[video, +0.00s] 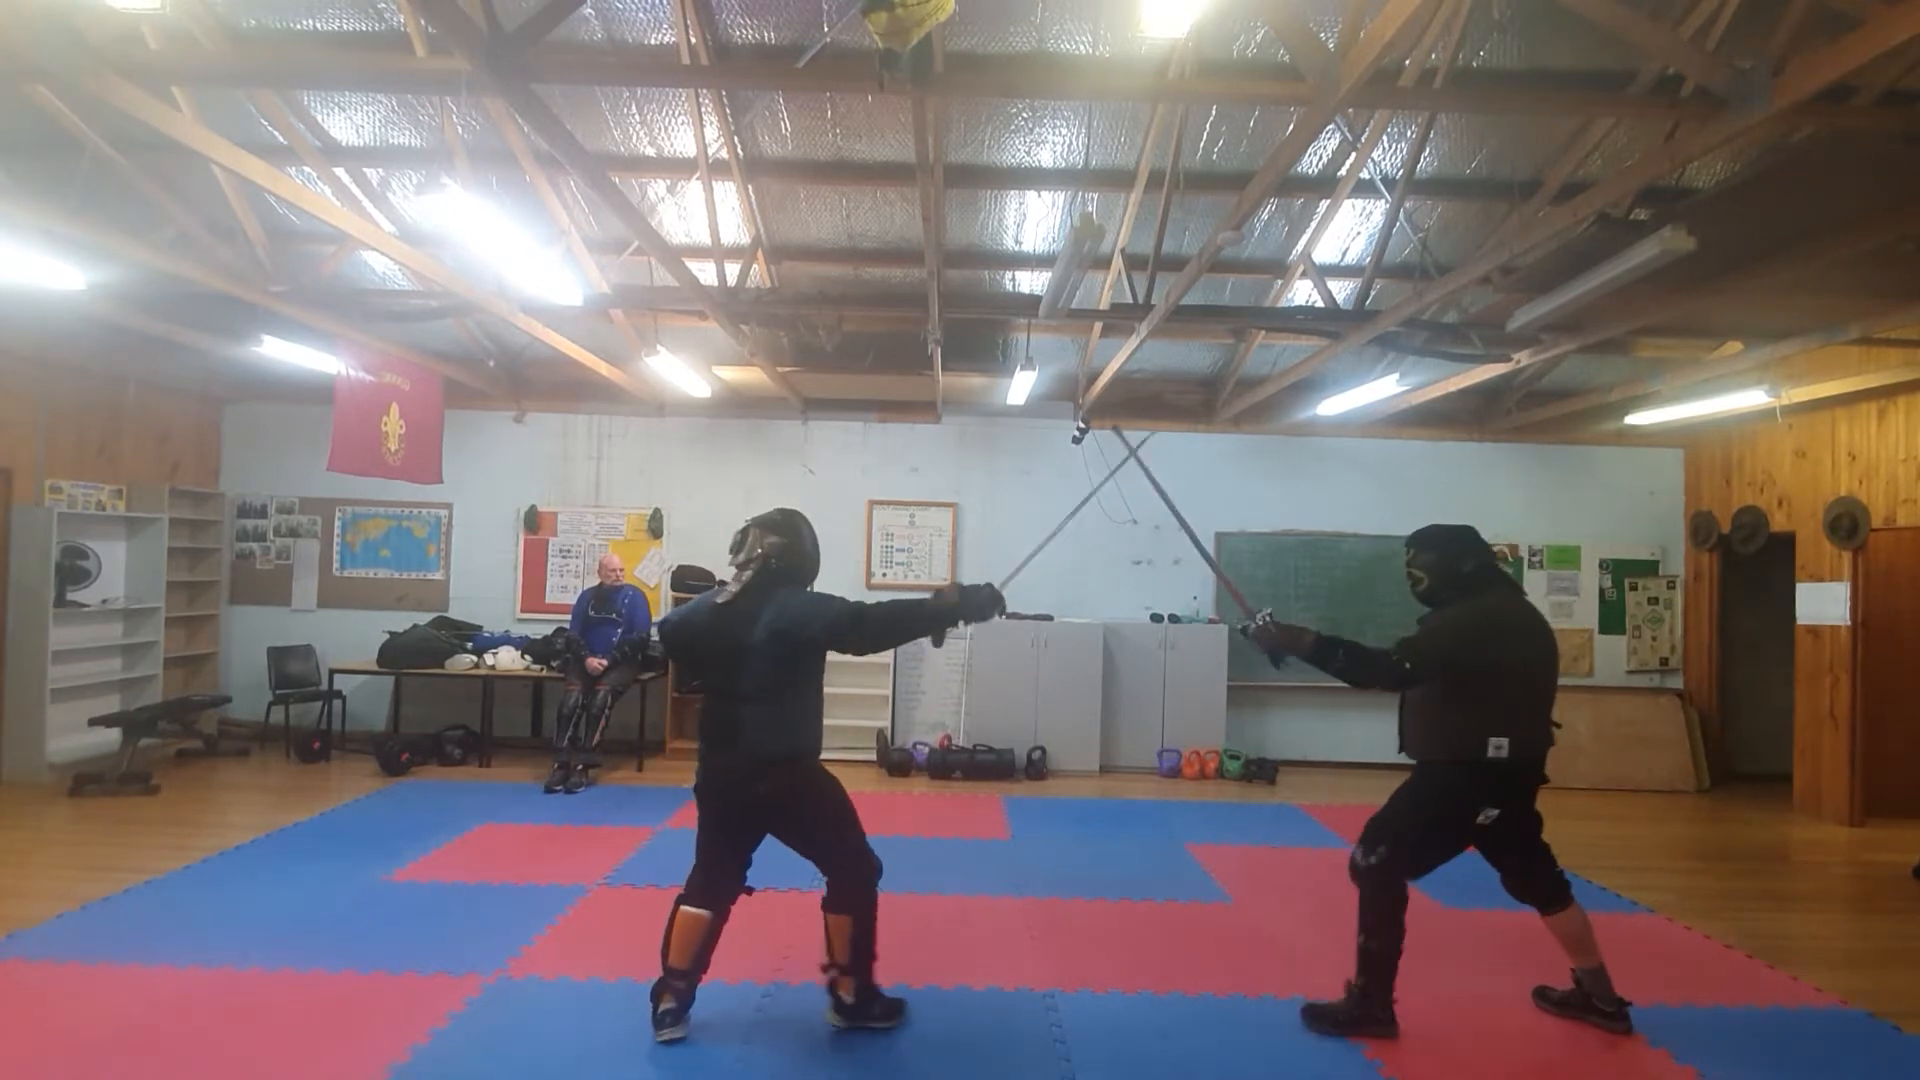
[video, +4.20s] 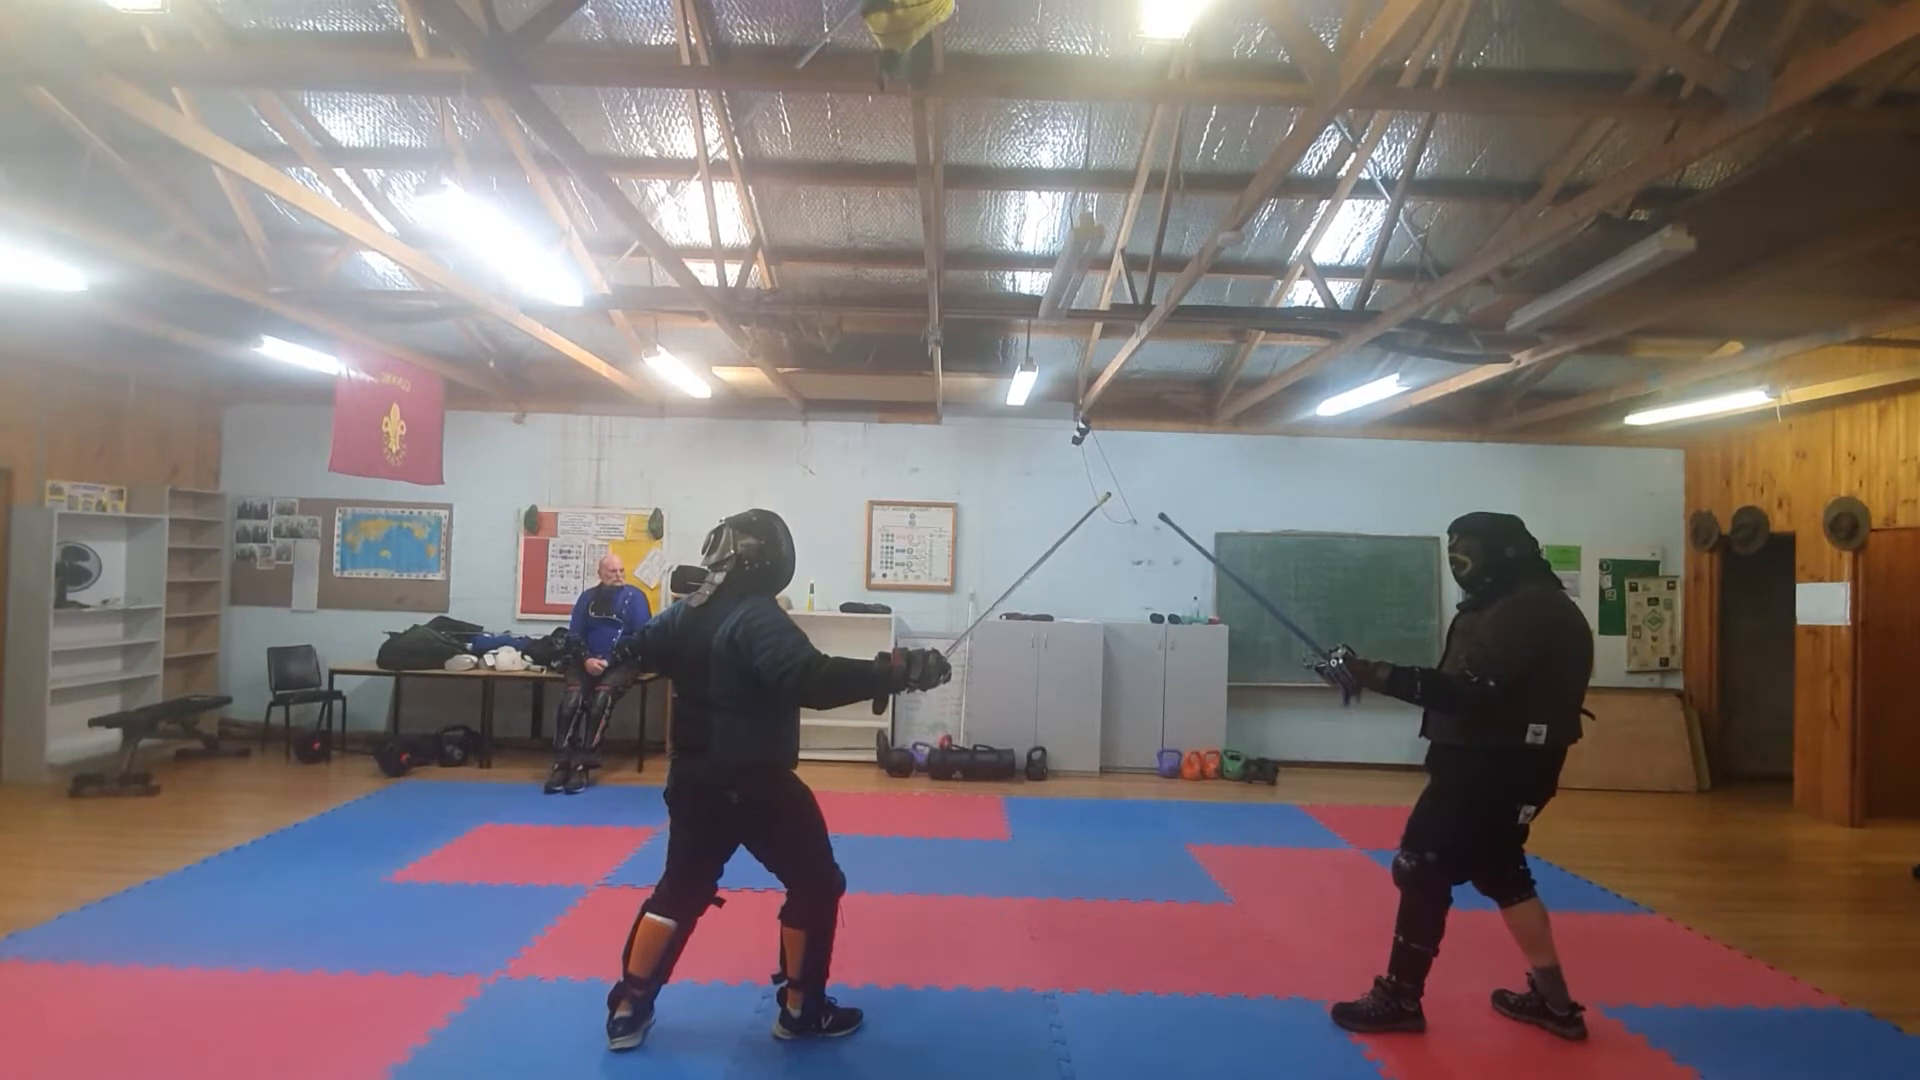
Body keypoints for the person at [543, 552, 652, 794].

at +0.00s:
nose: (619, 575)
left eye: (621, 571)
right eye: (613, 571)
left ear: (624, 571)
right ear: (599, 572)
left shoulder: (635, 597)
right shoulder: (586, 596)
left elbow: (639, 637)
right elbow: (573, 635)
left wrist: (609, 660)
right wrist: (586, 658)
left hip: (619, 662)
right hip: (585, 659)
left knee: (601, 696)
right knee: (572, 696)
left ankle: (581, 767)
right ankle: (561, 765)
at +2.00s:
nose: (617, 576)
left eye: (621, 571)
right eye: (612, 572)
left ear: (624, 572)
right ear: (599, 573)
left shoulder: (634, 597)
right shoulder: (586, 597)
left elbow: (638, 636)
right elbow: (573, 634)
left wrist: (608, 660)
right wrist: (585, 658)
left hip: (619, 661)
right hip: (585, 659)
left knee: (601, 695)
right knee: (572, 695)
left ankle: (581, 767)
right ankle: (560, 765)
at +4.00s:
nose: (619, 576)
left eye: (621, 572)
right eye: (613, 572)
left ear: (624, 572)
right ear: (600, 573)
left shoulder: (635, 597)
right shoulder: (587, 597)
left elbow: (640, 636)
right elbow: (575, 635)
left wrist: (610, 661)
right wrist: (586, 658)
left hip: (620, 662)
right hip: (586, 660)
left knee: (601, 698)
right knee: (572, 698)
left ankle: (582, 768)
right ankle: (561, 765)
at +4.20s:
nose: (618, 576)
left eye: (621, 571)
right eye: (613, 571)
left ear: (624, 572)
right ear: (600, 573)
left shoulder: (634, 597)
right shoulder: (587, 597)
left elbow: (640, 636)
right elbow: (574, 635)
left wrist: (610, 660)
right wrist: (586, 658)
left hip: (620, 663)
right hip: (586, 660)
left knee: (601, 697)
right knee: (572, 697)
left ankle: (582, 768)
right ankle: (561, 765)